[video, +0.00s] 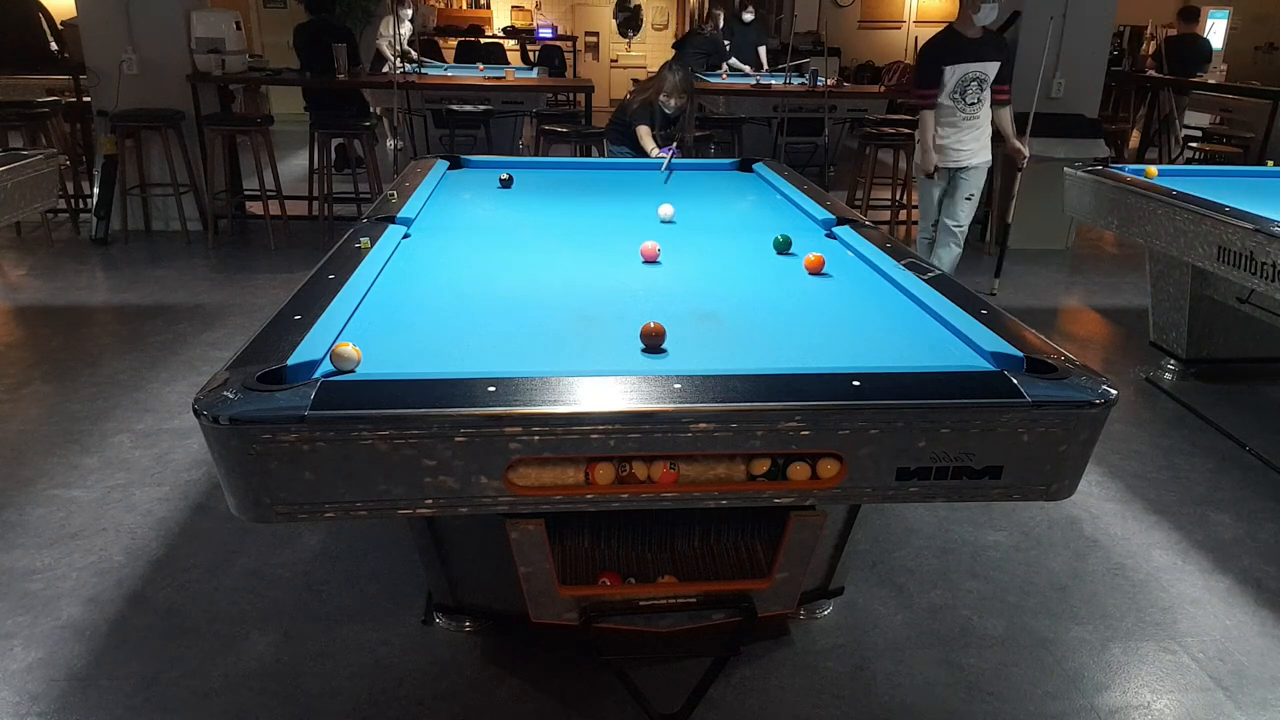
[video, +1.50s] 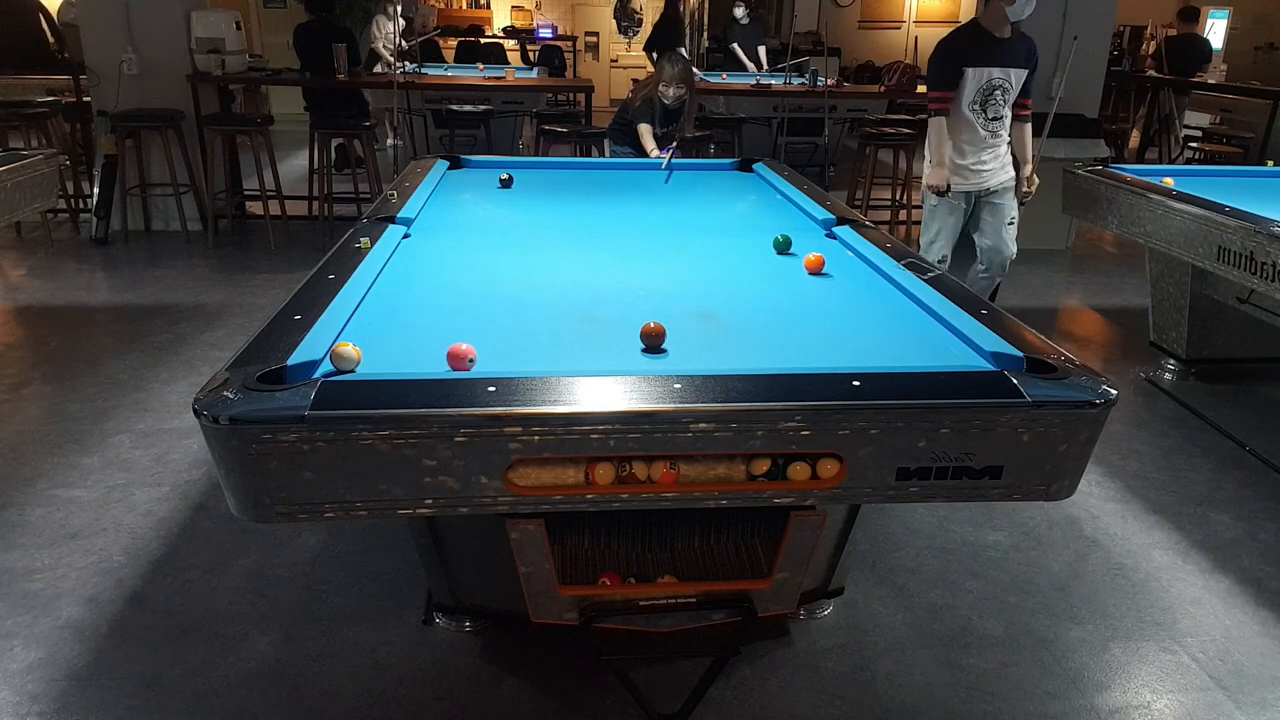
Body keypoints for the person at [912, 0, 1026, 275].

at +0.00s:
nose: (993, 8)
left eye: (994, 3)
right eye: (987, 2)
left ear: (992, 7)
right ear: (969, 4)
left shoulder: (999, 47)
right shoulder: (935, 48)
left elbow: (1001, 101)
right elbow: (926, 105)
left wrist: (1011, 140)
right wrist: (927, 150)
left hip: (976, 156)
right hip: (936, 154)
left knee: (955, 229)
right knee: (929, 228)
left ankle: (934, 293)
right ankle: (918, 290)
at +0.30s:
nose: (1001, 9)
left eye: (1003, 5)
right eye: (995, 4)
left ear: (1003, 8)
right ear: (976, 4)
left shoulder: (1004, 49)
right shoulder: (939, 44)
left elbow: (1004, 106)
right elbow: (931, 100)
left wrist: (1012, 147)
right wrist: (940, 145)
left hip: (977, 156)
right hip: (935, 152)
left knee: (955, 232)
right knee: (929, 229)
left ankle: (932, 295)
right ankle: (917, 290)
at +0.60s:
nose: (1007, 6)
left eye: (1012, 2)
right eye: (1001, 1)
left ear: (1016, 8)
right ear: (984, 2)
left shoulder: (1014, 53)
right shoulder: (945, 40)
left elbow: (1010, 114)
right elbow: (922, 99)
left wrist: (1009, 159)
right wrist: (908, 145)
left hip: (978, 163)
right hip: (933, 158)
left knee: (953, 242)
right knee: (922, 236)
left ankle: (929, 302)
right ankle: (906, 300)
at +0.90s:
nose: (1011, 7)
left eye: (1014, 3)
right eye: (1003, 2)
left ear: (1017, 7)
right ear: (986, 3)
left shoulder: (1019, 54)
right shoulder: (947, 46)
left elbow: (1014, 113)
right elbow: (925, 107)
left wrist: (1012, 158)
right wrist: (911, 155)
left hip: (983, 167)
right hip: (941, 158)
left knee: (957, 242)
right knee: (929, 236)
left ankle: (935, 300)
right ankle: (904, 300)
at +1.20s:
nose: (1006, 5)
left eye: (1010, 1)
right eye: (999, 0)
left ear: (1015, 6)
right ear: (982, 3)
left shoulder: (1017, 55)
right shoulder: (944, 53)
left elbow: (1016, 116)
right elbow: (929, 116)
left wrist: (1020, 162)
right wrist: (920, 166)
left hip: (986, 172)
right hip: (947, 170)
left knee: (962, 252)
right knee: (940, 256)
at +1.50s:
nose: (1018, 3)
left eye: (1019, 0)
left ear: (1014, 4)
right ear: (989, 2)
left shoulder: (1026, 49)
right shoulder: (951, 47)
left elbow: (1022, 113)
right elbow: (937, 110)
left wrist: (1026, 164)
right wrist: (938, 166)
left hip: (999, 175)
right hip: (950, 174)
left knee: (1000, 253)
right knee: (934, 260)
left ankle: (968, 322)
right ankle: (919, 328)